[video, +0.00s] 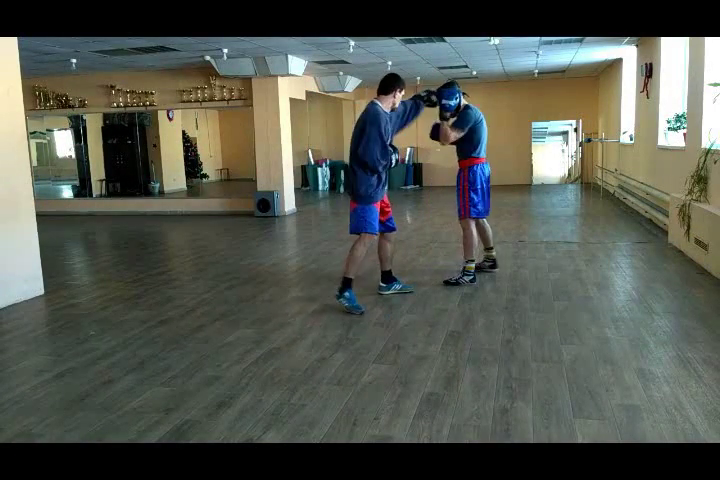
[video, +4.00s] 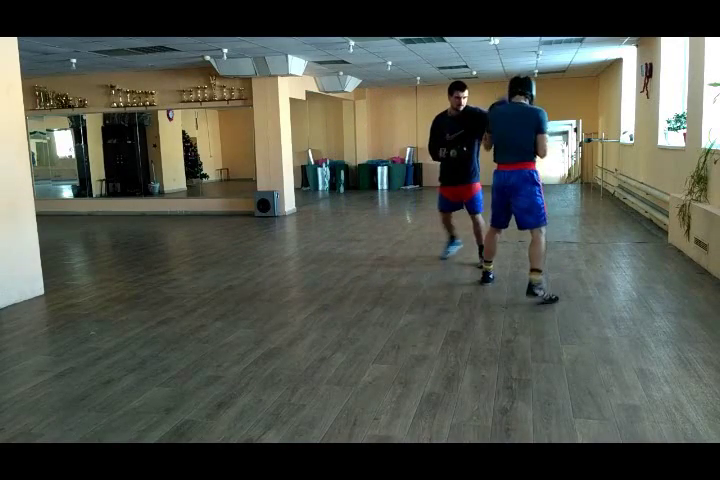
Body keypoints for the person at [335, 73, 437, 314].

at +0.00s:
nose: (400, 100)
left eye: (400, 96)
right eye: (401, 95)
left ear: (384, 90)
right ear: (396, 93)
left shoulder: (385, 113)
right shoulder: (376, 115)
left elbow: (405, 112)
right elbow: (373, 158)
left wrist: (422, 99)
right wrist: (394, 156)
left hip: (377, 186)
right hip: (365, 188)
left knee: (388, 231)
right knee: (367, 236)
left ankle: (387, 280)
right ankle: (345, 290)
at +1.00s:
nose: (383, 103)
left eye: (384, 98)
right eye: (382, 97)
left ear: (370, 95)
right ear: (371, 94)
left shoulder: (375, 118)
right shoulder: (352, 118)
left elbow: (392, 120)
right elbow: (346, 158)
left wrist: (409, 110)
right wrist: (372, 158)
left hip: (367, 184)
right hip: (350, 186)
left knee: (375, 228)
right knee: (346, 231)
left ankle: (381, 272)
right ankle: (319, 267)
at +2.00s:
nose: (384, 104)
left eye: (385, 100)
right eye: (382, 100)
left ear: (375, 100)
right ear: (370, 98)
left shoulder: (383, 119)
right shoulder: (350, 121)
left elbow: (394, 139)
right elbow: (344, 155)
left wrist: (409, 123)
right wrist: (371, 156)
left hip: (378, 182)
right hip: (354, 184)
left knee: (385, 223)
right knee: (345, 222)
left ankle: (390, 263)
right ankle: (332, 260)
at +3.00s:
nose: (387, 108)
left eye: (388, 104)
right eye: (384, 104)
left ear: (388, 103)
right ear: (372, 102)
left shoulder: (388, 121)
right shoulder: (360, 126)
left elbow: (391, 147)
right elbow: (355, 158)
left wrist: (403, 151)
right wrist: (382, 157)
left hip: (390, 178)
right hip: (369, 181)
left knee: (403, 214)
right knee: (362, 219)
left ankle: (408, 254)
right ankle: (349, 257)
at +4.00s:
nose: (461, 101)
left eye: (464, 97)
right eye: (457, 97)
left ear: (467, 98)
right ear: (449, 97)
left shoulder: (475, 115)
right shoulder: (440, 120)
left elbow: (493, 126)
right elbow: (433, 151)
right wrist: (452, 152)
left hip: (469, 177)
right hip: (448, 177)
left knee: (476, 217)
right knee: (445, 215)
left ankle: (482, 252)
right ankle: (453, 240)